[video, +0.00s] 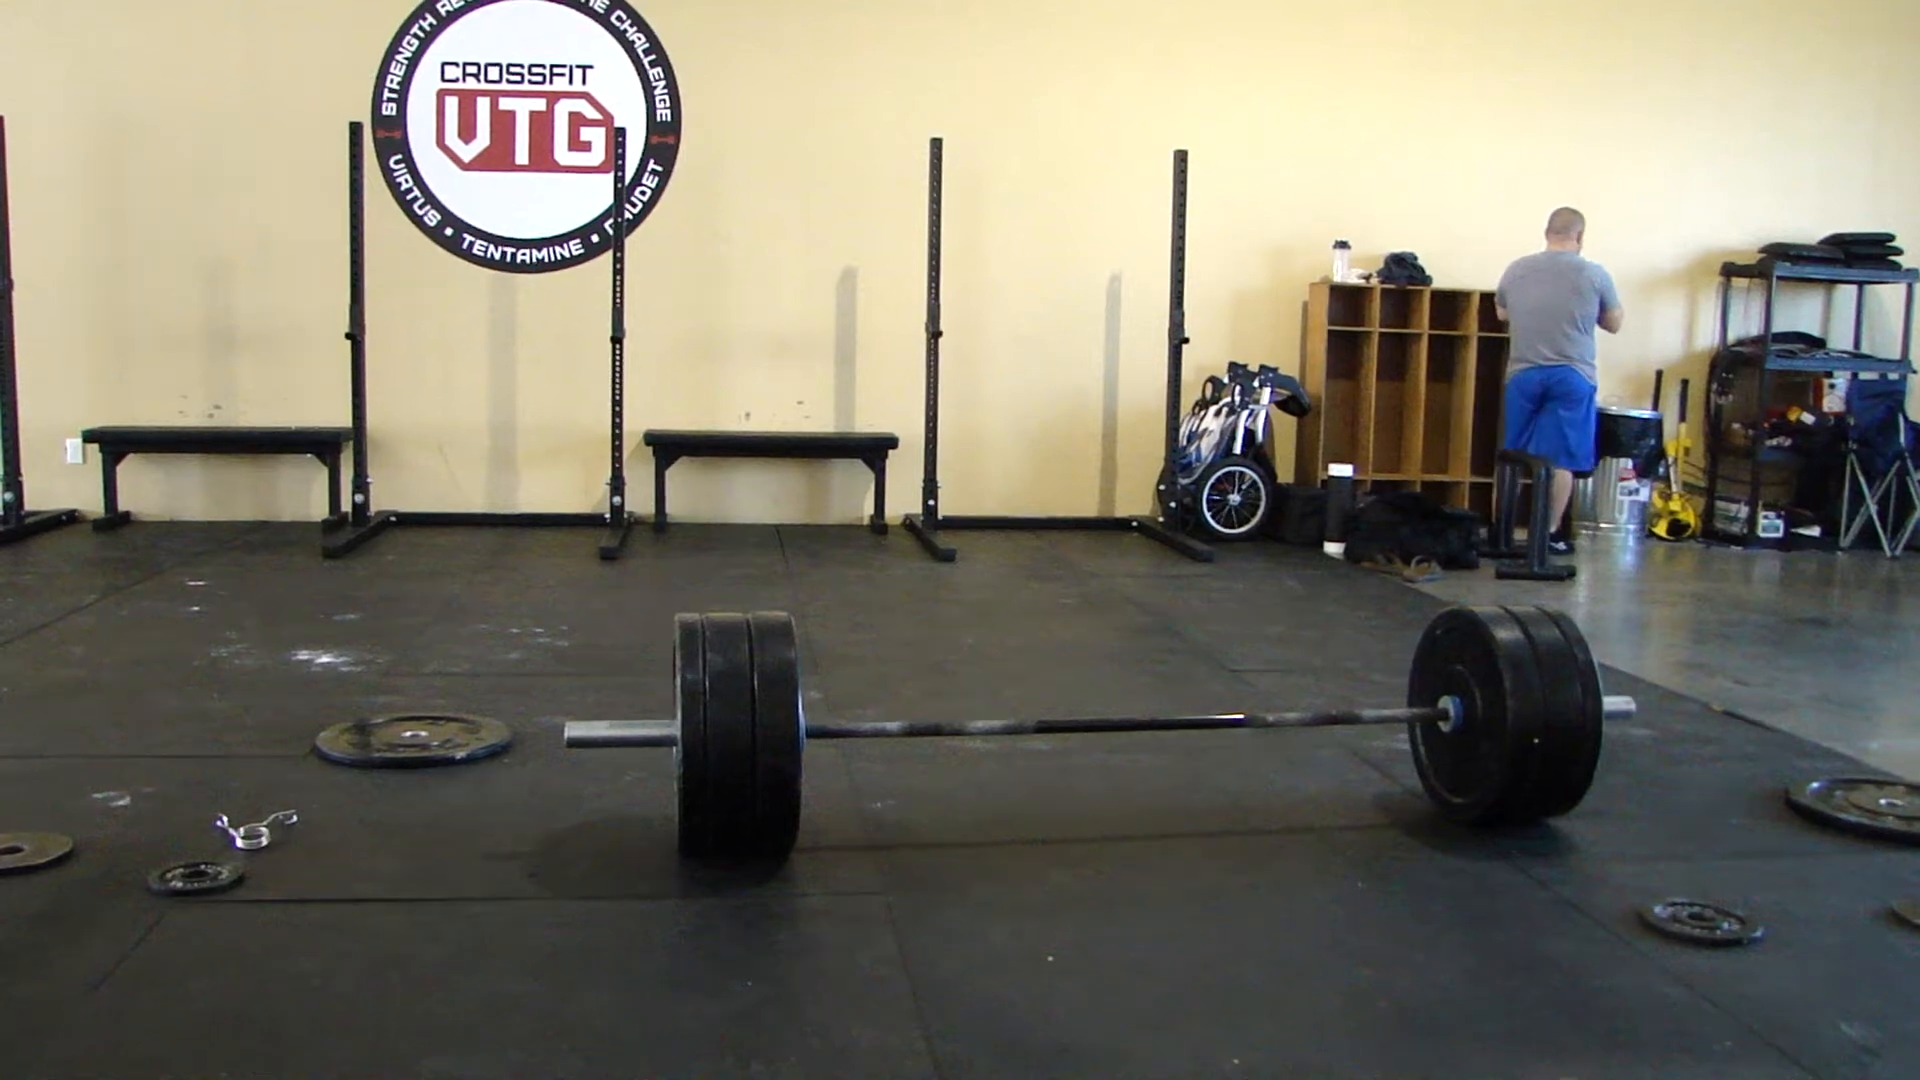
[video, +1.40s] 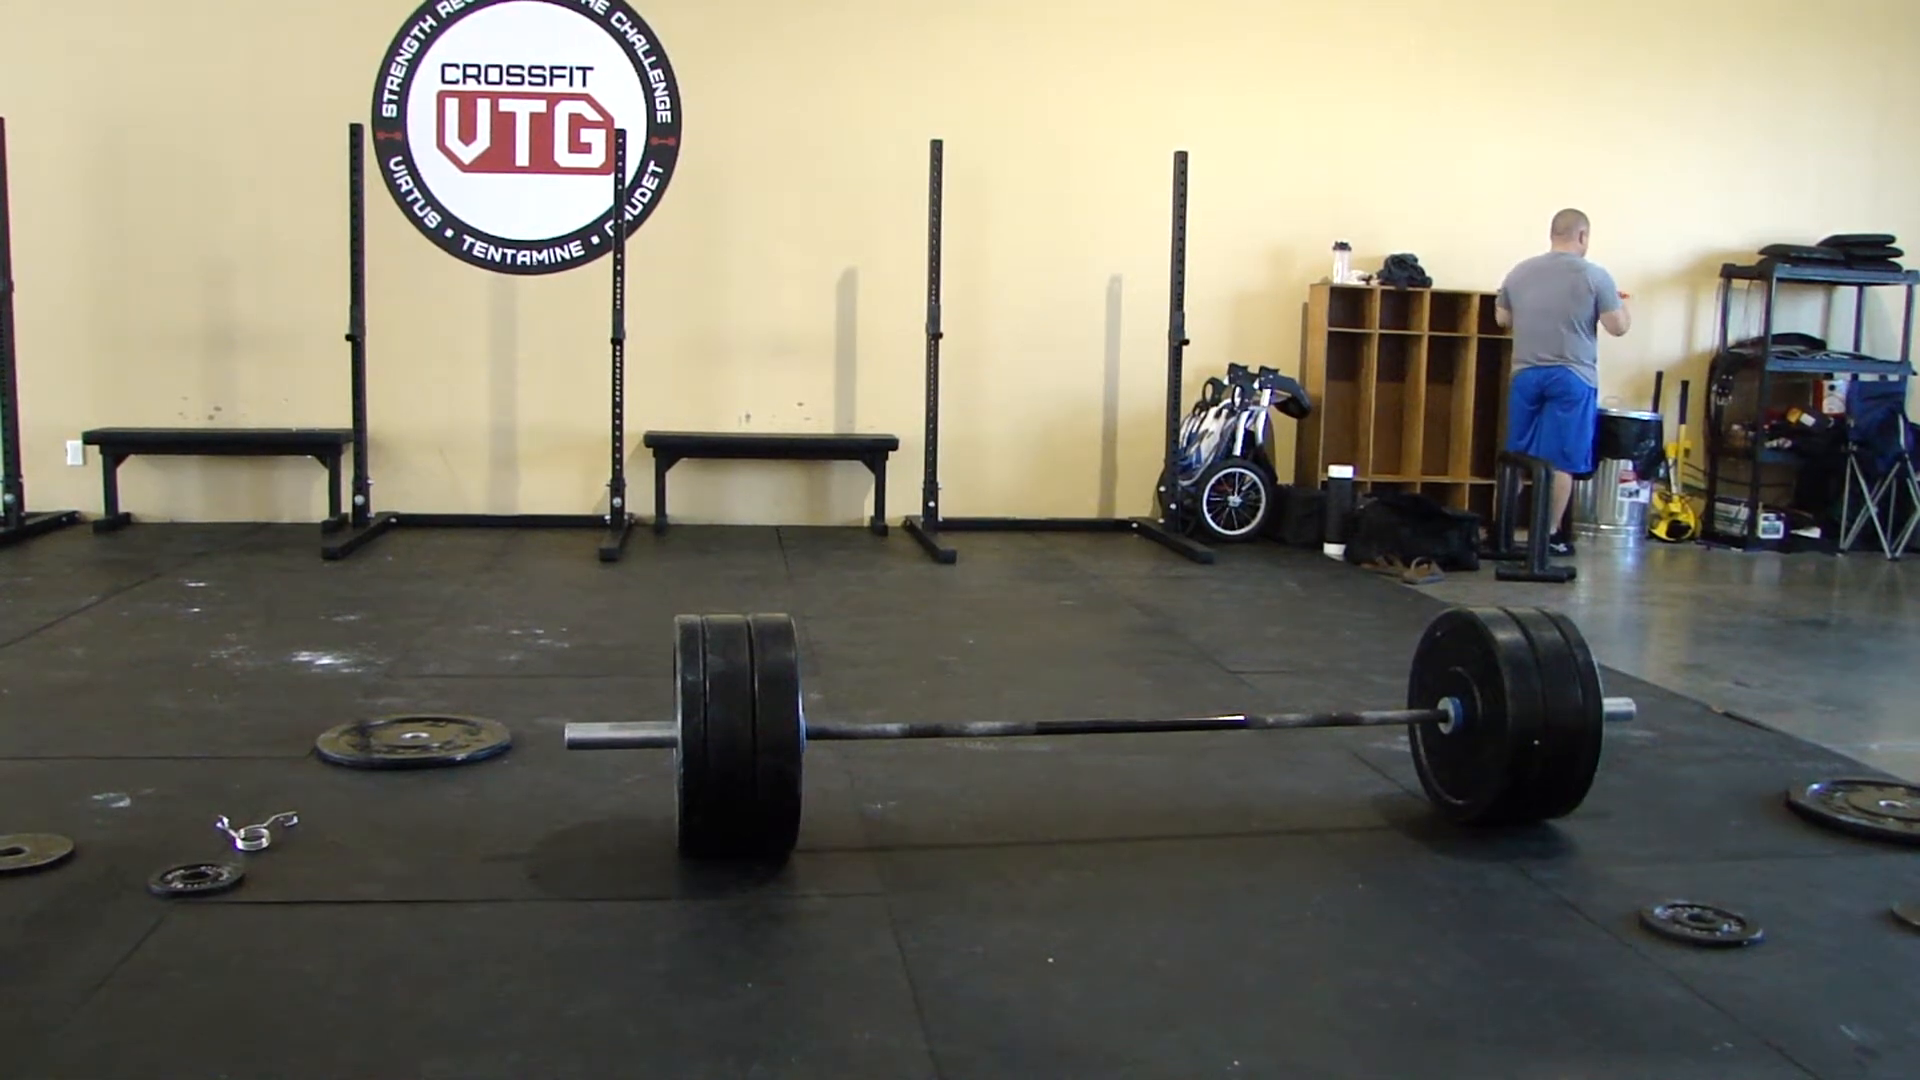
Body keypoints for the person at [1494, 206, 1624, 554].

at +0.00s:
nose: (1579, 243)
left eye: (1576, 238)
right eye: (1581, 238)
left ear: (1546, 234)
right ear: (1579, 237)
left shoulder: (1516, 269)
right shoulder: (1592, 273)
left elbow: (1502, 313)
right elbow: (1613, 323)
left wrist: (1536, 303)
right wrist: (1579, 304)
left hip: (1522, 373)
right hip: (1573, 374)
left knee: (1511, 456)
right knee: (1562, 460)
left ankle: (1502, 532)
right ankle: (1550, 533)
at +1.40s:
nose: (1586, 244)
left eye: (1586, 239)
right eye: (1587, 239)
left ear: (1550, 235)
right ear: (1582, 236)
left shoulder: (1520, 271)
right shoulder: (1593, 274)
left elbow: (1502, 317)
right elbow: (1618, 326)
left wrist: (1535, 307)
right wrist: (1621, 302)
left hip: (1525, 373)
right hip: (1572, 375)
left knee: (1515, 457)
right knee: (1561, 463)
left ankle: (1502, 533)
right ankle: (1548, 536)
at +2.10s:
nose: (1585, 245)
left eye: (1584, 240)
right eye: (1585, 239)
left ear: (1549, 236)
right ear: (1579, 237)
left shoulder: (1518, 272)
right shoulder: (1592, 275)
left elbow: (1501, 320)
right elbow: (1617, 329)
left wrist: (1536, 311)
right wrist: (1627, 322)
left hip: (1524, 376)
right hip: (1572, 377)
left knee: (1514, 459)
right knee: (1561, 464)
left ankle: (1502, 535)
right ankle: (1548, 537)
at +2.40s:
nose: (1585, 244)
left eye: (1583, 239)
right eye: (1585, 239)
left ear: (1548, 237)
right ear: (1579, 237)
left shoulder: (1519, 272)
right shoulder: (1593, 275)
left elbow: (1502, 320)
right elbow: (1617, 328)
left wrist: (1538, 313)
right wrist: (1634, 334)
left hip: (1525, 377)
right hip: (1572, 378)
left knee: (1512, 459)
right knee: (1563, 464)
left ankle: (1501, 535)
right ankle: (1548, 537)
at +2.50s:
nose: (1585, 245)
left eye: (1583, 240)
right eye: (1585, 239)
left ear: (1548, 237)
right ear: (1580, 238)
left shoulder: (1518, 272)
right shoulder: (1594, 275)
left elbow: (1502, 320)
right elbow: (1617, 329)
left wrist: (1537, 312)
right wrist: (1629, 333)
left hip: (1524, 376)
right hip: (1572, 378)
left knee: (1513, 458)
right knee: (1562, 464)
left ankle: (1501, 534)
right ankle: (1548, 538)